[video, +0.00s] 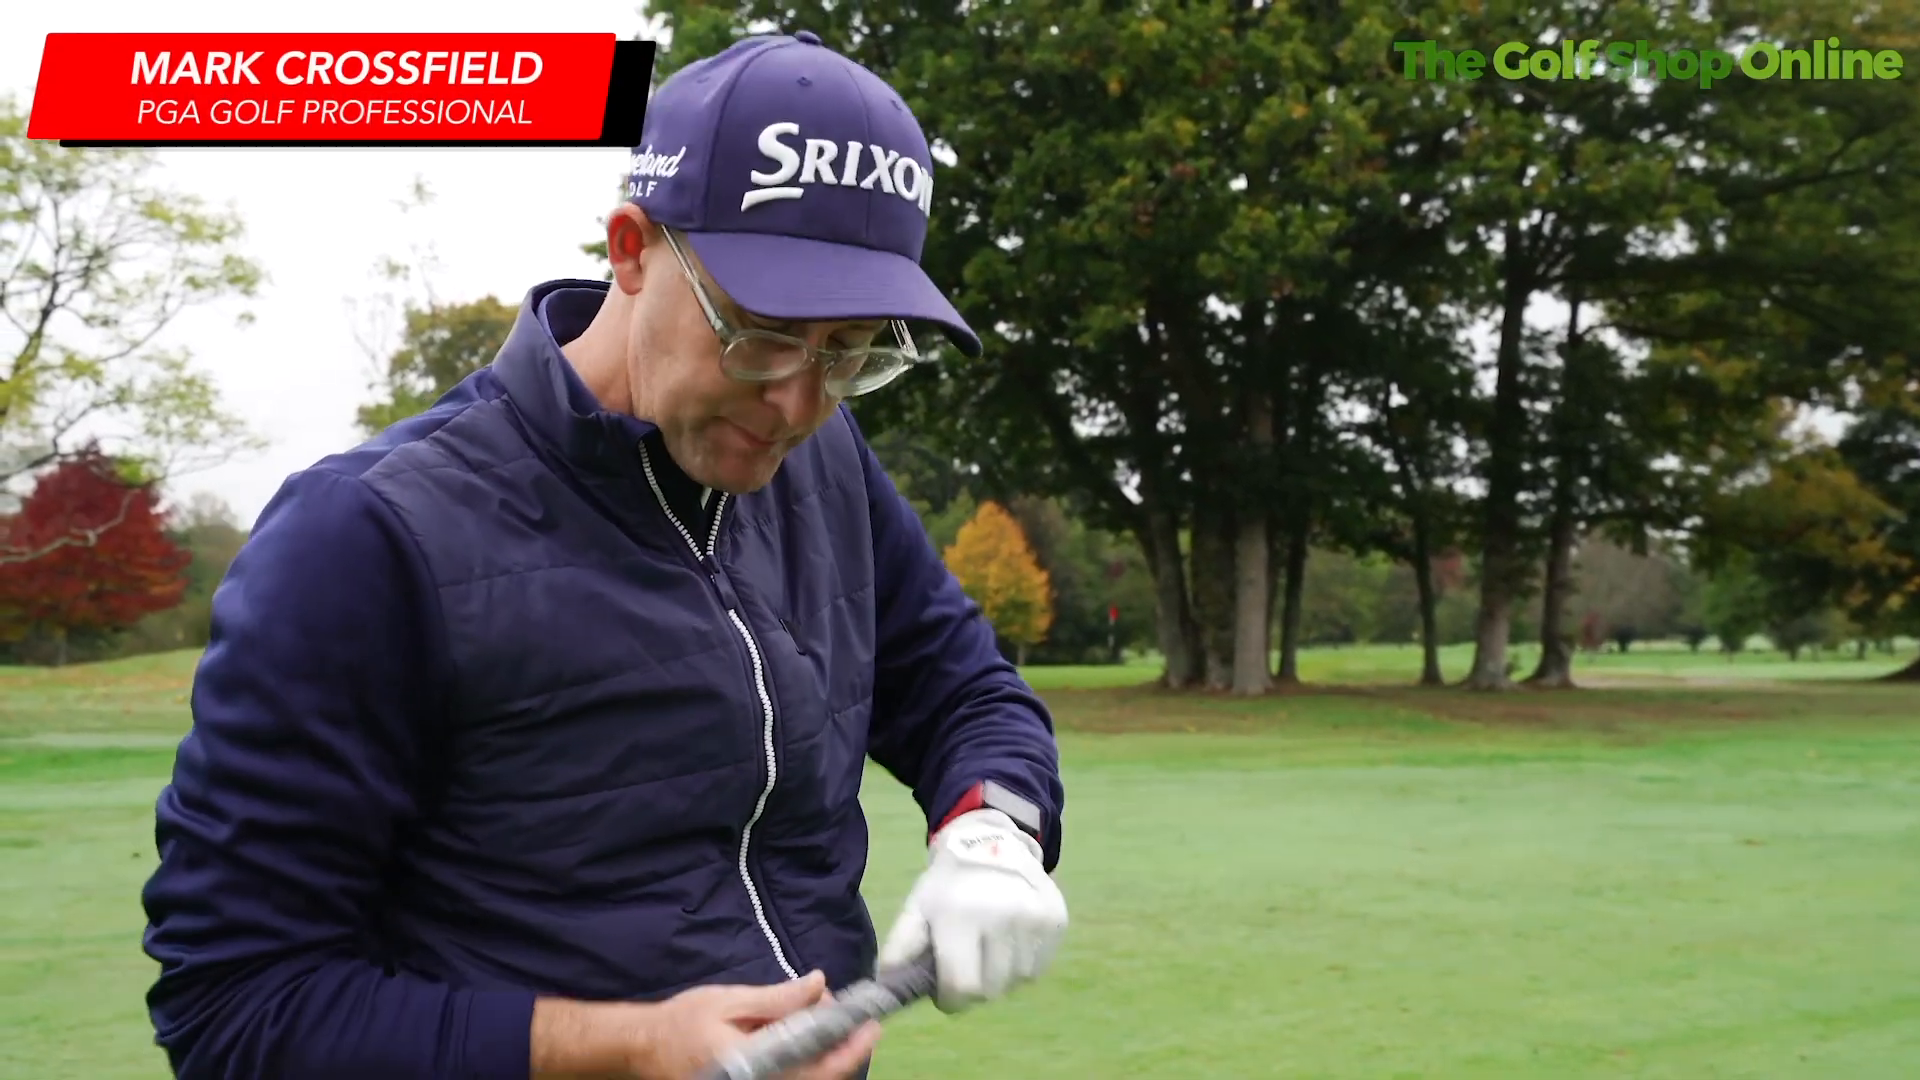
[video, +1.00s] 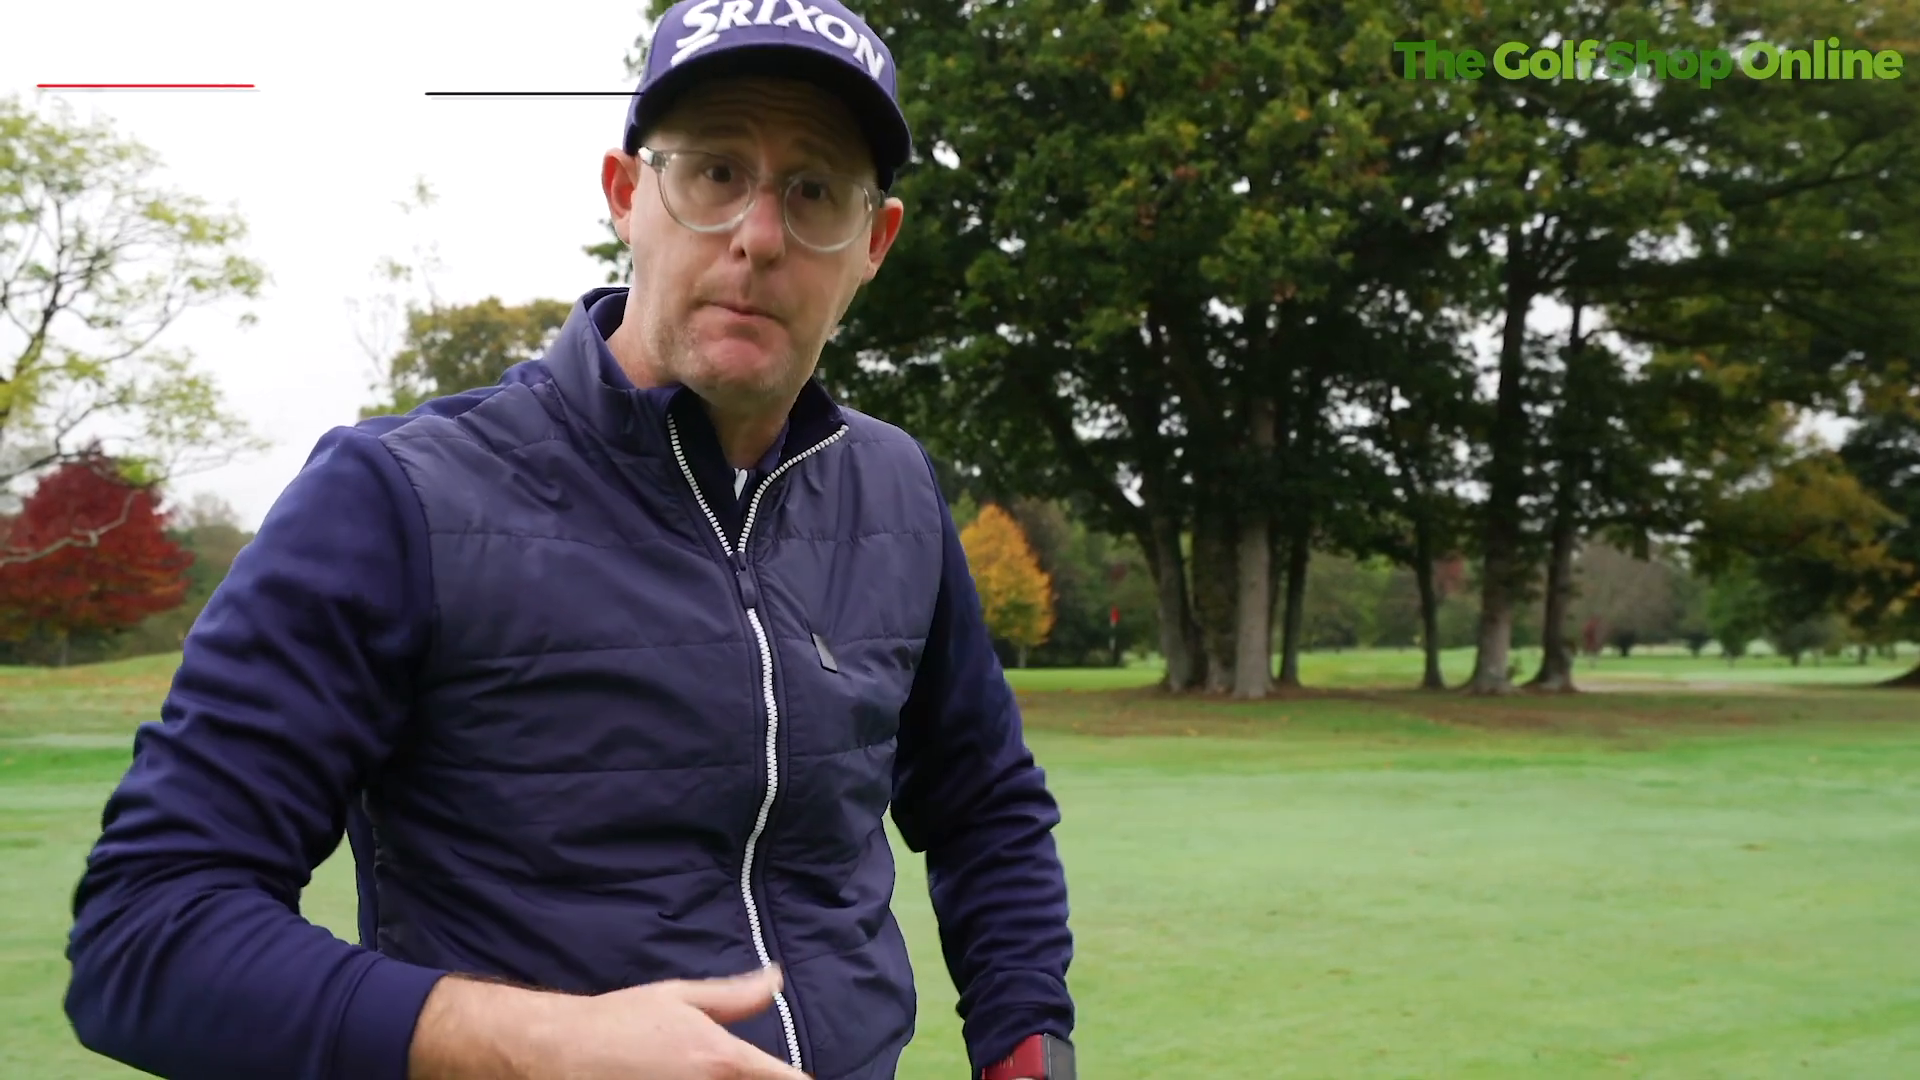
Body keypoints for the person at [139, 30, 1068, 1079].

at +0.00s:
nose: (795, 396)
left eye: (847, 350)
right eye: (755, 330)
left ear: (885, 323)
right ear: (632, 251)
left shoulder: (822, 468)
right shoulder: (366, 539)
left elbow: (966, 692)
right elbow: (230, 1002)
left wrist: (990, 830)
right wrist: (632, 1041)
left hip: (816, 1057)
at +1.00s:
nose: (757, 234)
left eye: (812, 190)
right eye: (717, 171)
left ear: (872, 247)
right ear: (624, 195)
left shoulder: (890, 494)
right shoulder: (405, 496)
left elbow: (989, 812)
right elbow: (146, 930)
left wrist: (1024, 1052)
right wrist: (532, 1037)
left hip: (853, 1061)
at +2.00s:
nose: (784, 235)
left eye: (837, 181)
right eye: (738, 161)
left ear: (887, 224)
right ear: (631, 169)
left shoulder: (898, 473)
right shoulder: (402, 513)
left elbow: (839, 821)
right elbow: (259, 968)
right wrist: (564, 1061)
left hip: (859, 1056)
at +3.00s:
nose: (743, 220)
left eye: (790, 172)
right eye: (695, 155)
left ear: (832, 213)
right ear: (587, 168)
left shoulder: (854, 443)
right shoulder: (401, 459)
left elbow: (915, 742)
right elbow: (159, 867)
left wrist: (952, 993)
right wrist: (620, 968)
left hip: (831, 1056)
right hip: (525, 1054)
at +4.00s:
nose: (985, 408)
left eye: (1012, 355)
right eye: (938, 351)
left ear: (1038, 334)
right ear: (795, 311)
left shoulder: (971, 534)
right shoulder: (588, 602)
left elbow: (948, 907)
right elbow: (624, 1041)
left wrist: (944, 1063)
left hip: (862, 1041)